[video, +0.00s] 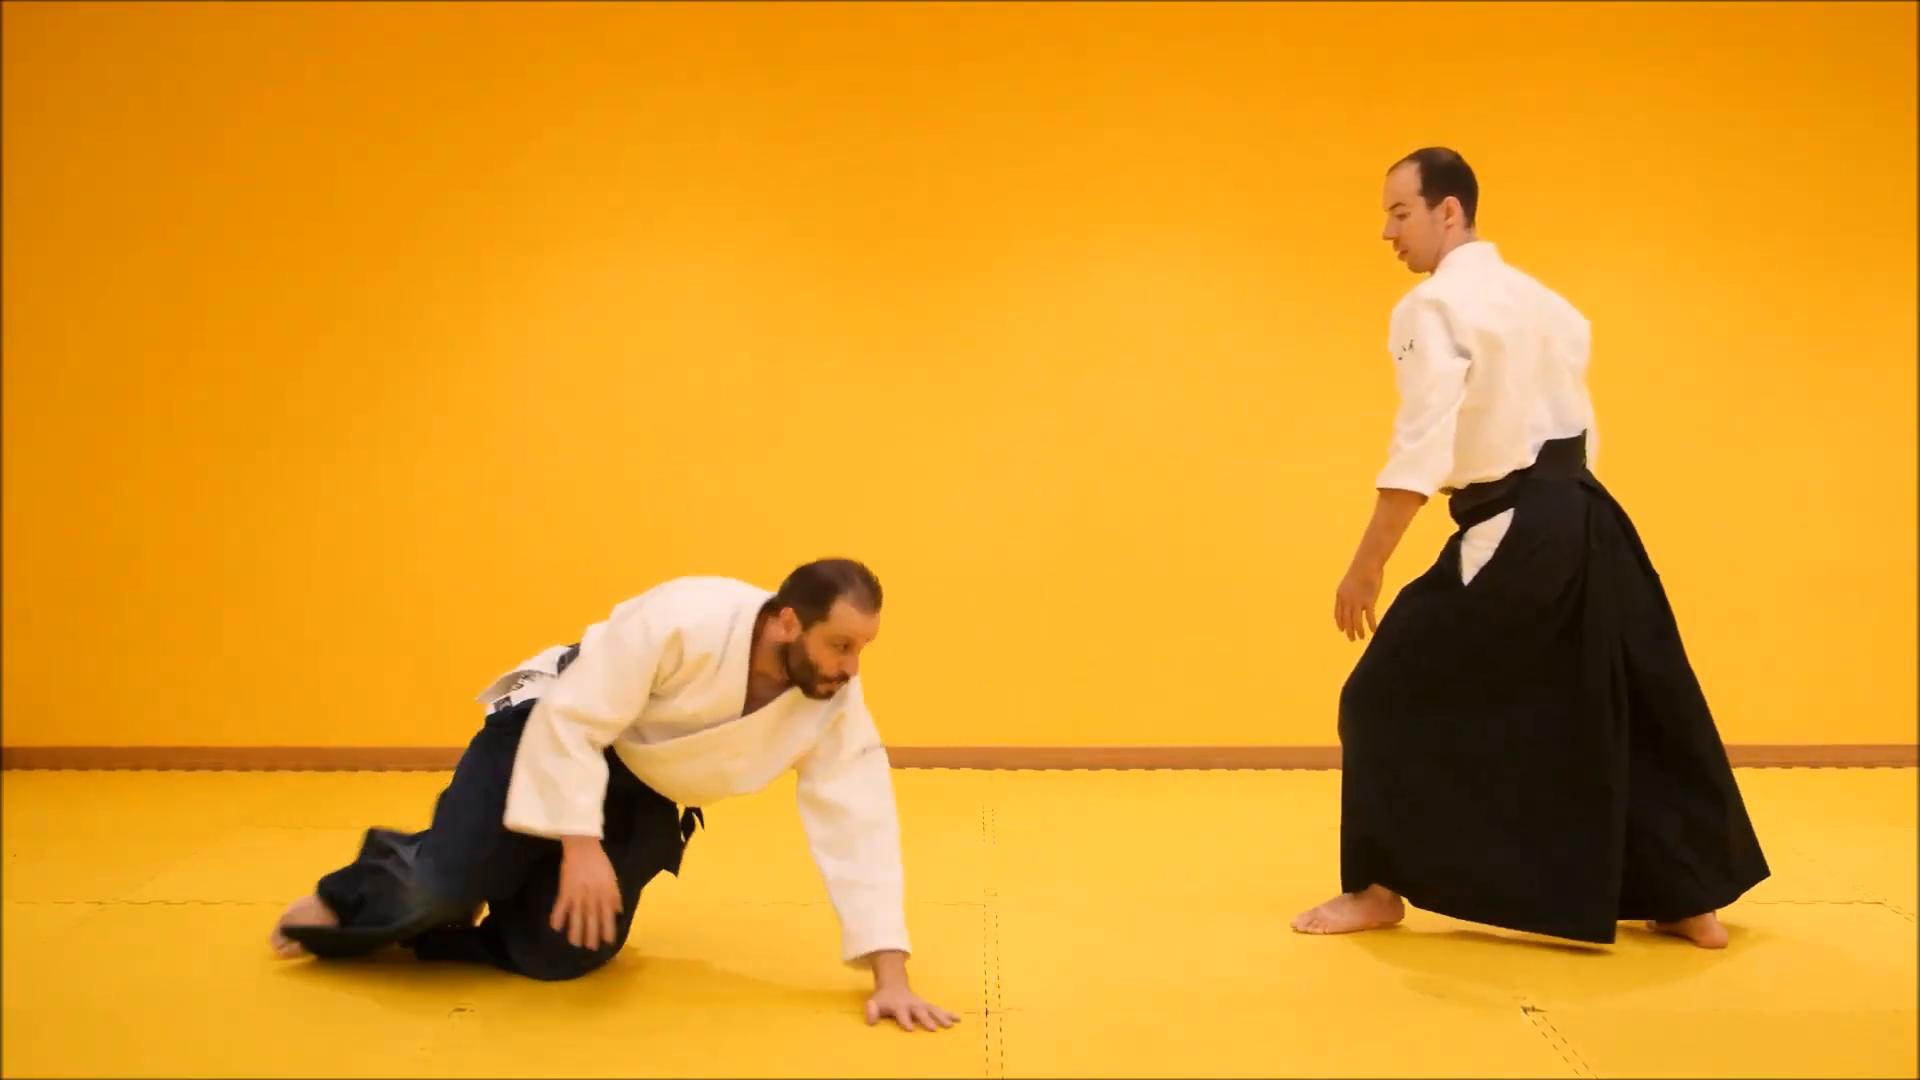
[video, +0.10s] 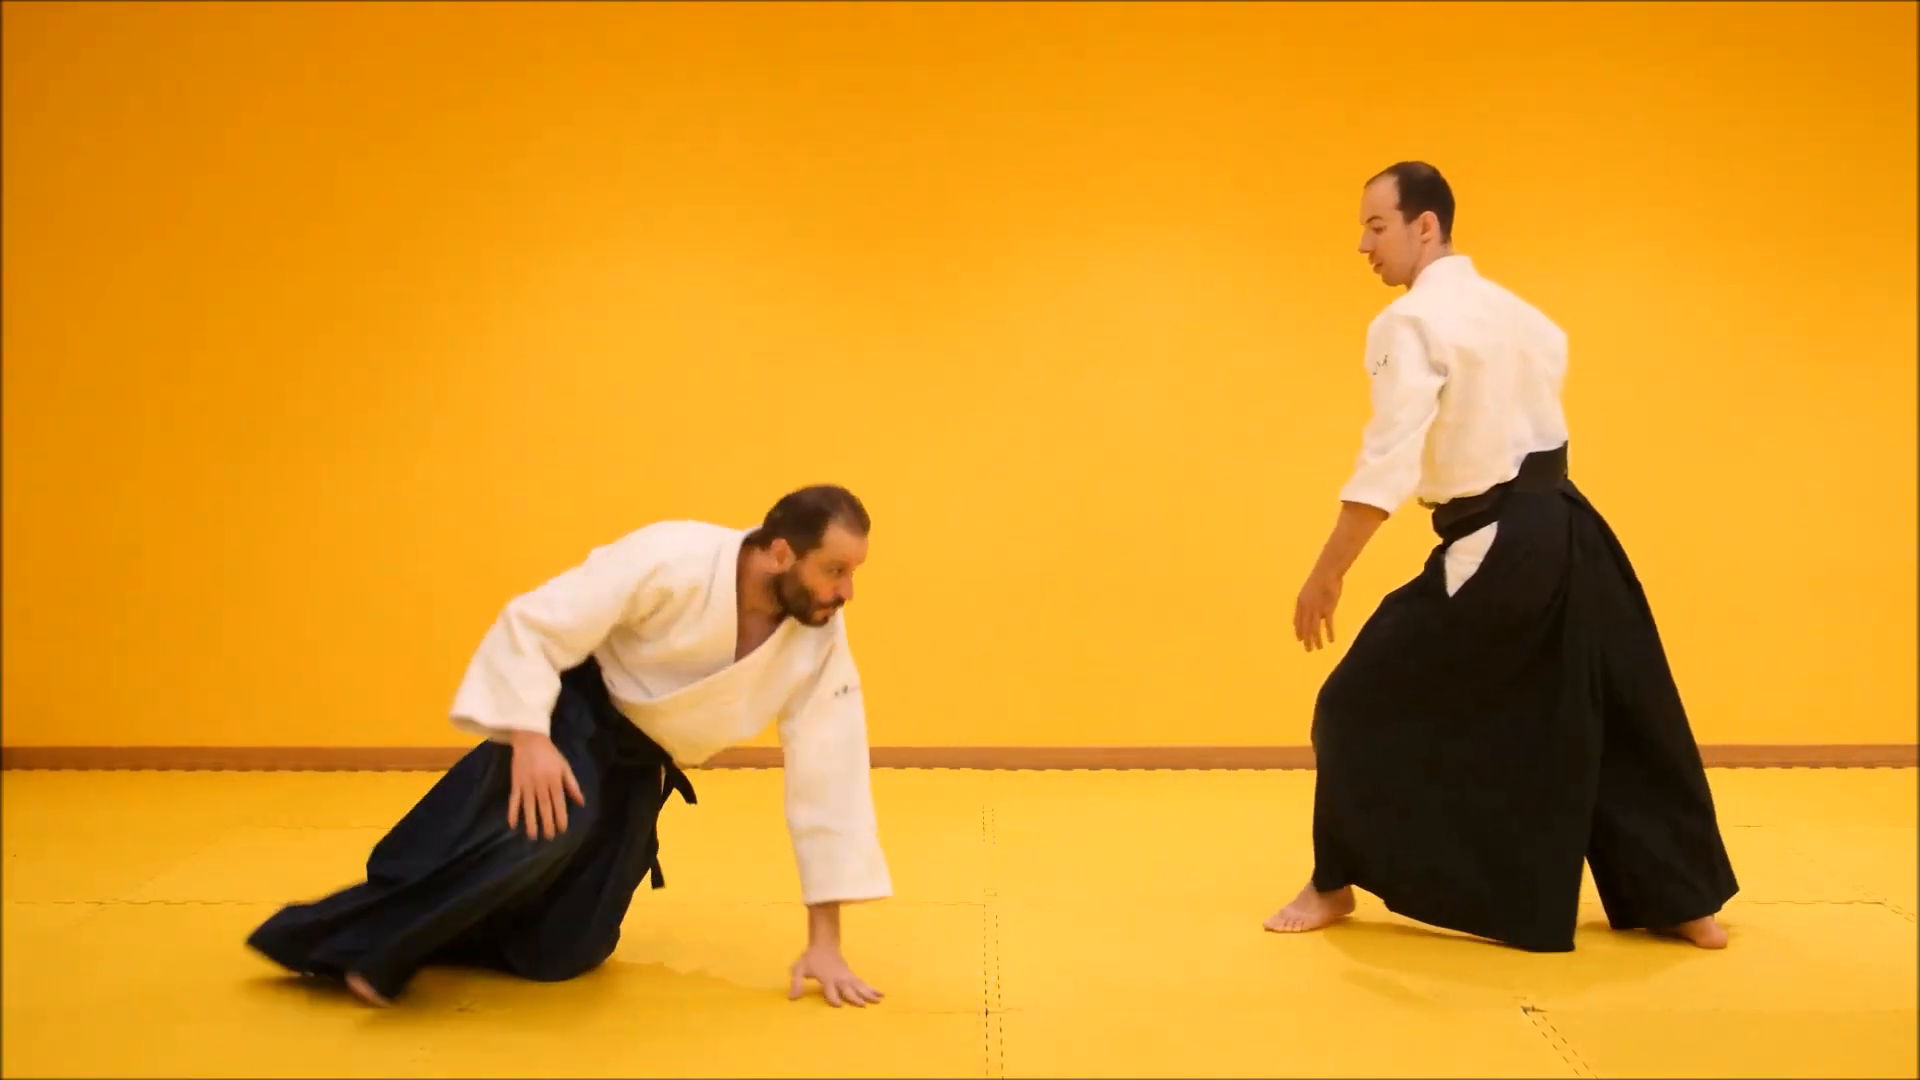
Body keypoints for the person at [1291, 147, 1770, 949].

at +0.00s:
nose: (1389, 233)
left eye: (1399, 214)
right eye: (1386, 216)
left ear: (1449, 211)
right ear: (1453, 217)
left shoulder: (1434, 306)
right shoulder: (1547, 302)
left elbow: (1422, 452)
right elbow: (1576, 436)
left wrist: (1366, 566)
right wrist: (1549, 508)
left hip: (1508, 535)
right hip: (1586, 523)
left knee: (1374, 698)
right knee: (1622, 701)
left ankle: (1372, 887)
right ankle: (1686, 898)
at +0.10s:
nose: (1364, 246)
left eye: (1375, 228)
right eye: (1363, 230)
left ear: (1427, 225)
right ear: (1430, 230)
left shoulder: (1412, 322)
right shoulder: (1522, 314)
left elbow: (1388, 469)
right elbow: (1542, 439)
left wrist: (1327, 572)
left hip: (1490, 553)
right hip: (1568, 537)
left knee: (1348, 703)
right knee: (1618, 707)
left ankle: (1330, 883)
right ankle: (1689, 901)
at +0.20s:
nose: (1325, 259)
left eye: (1337, 242)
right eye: (1323, 244)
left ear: (1388, 242)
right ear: (1389, 248)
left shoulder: (1373, 338)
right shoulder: (1467, 328)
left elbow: (1335, 479)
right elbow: (1467, 469)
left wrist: (1251, 576)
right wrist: (1379, 552)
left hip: (1458, 564)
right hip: (1529, 548)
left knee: (1312, 711)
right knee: (1586, 720)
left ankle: (1313, 889)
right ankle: (1682, 900)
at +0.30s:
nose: (1277, 266)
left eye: (1291, 248)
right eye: (1275, 250)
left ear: (1343, 251)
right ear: (1330, 256)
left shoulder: (1337, 349)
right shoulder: (1384, 328)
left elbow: (1285, 475)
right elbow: (1337, 468)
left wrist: (1177, 554)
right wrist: (1228, 513)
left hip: (1411, 570)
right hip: (1457, 552)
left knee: (1278, 715)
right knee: (1521, 725)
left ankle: (1299, 896)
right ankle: (1671, 859)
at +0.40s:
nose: (1232, 268)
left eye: (1248, 251)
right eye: (1228, 253)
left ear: (1296, 256)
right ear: (1251, 260)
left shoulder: (1321, 353)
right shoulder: (1265, 352)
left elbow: (1236, 468)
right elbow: (1198, 443)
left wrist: (1110, 522)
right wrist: (1111, 465)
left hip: (1377, 565)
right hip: (1342, 562)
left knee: (1262, 728)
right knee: (1408, 724)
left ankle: (1301, 897)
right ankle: (1554, 808)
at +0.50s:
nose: (1196, 270)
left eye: (1212, 255)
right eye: (1188, 256)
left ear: (1254, 257)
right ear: (1184, 261)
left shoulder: (1294, 353)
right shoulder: (1196, 352)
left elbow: (1197, 459)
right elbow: (1112, 428)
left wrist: (1085, 489)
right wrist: (1054, 419)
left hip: (1335, 569)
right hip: (1278, 573)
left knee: (1260, 729)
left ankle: (1295, 894)